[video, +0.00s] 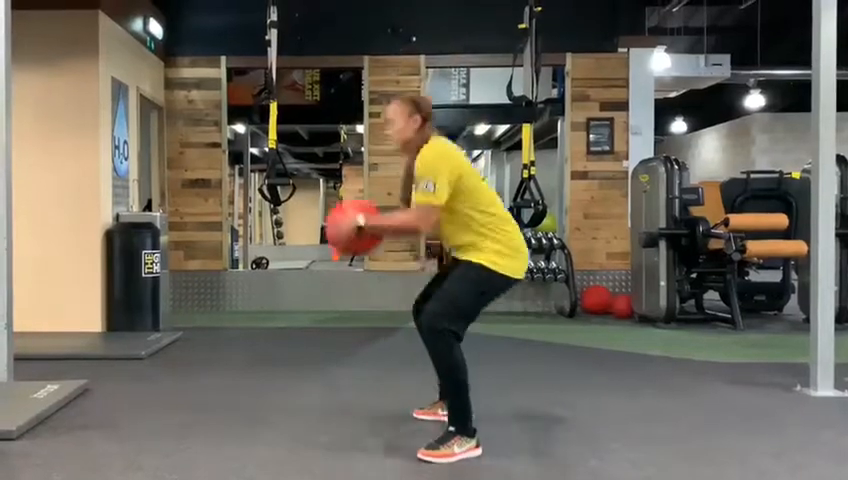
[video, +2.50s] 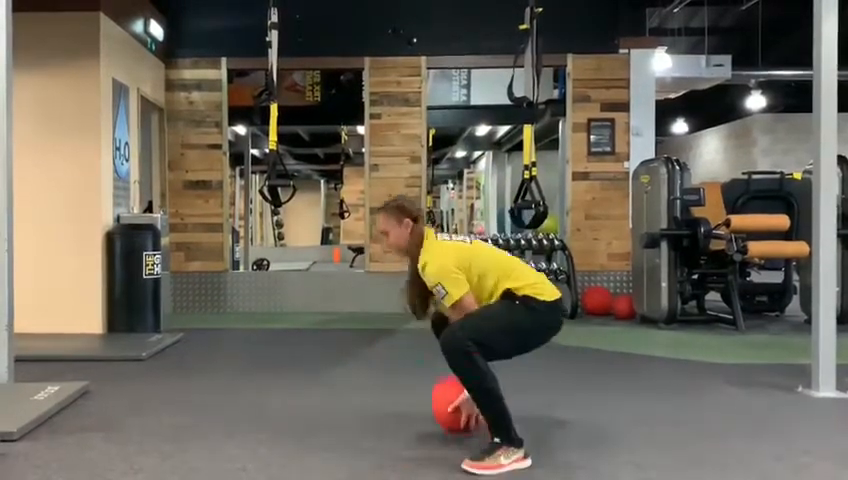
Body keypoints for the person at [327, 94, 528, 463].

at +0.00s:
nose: (386, 130)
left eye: (392, 122)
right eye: (386, 123)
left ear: (417, 121)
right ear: (413, 123)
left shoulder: (436, 154)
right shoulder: (422, 158)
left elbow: (424, 219)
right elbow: (413, 216)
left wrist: (368, 222)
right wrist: (372, 232)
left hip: (496, 254)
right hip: (473, 252)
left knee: (437, 322)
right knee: (424, 311)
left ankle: (464, 434)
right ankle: (450, 401)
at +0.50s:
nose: (389, 82)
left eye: (392, 73)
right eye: (386, 75)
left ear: (415, 63)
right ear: (408, 66)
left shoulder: (438, 88)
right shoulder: (414, 95)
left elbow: (439, 23)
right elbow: (435, 22)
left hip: (430, 217)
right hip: (414, 217)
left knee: (431, 319)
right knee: (425, 316)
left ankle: (465, 431)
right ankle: (449, 396)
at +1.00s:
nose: (401, 137)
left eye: (401, 127)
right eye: (396, 131)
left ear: (420, 112)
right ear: (417, 117)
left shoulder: (447, 136)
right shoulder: (441, 139)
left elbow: (442, 209)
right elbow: (437, 206)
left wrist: (395, 236)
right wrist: (403, 233)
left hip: (511, 237)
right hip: (492, 238)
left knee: (477, 327)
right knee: (459, 315)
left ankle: (532, 440)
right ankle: (490, 398)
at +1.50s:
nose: (359, 321)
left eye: (355, 314)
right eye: (352, 318)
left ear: (363, 295)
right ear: (363, 290)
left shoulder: (399, 292)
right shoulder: (390, 285)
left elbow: (411, 370)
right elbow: (411, 360)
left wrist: (406, 440)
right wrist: (409, 411)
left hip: (501, 233)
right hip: (484, 246)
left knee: (528, 338)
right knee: (492, 323)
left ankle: (632, 407)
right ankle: (563, 375)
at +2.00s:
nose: (348, 334)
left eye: (342, 328)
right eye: (341, 329)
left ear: (348, 313)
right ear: (352, 300)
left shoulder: (387, 299)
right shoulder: (385, 293)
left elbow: (408, 373)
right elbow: (408, 367)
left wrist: (408, 442)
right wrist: (405, 420)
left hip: (503, 269)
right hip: (497, 274)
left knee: (570, 358)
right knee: (562, 356)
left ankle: (679, 398)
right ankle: (635, 380)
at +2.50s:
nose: (384, 243)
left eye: (386, 234)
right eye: (382, 235)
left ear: (408, 226)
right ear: (409, 227)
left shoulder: (434, 262)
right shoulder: (436, 250)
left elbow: (472, 319)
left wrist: (473, 390)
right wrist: (476, 390)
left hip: (537, 307)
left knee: (457, 340)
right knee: (442, 323)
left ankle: (510, 446)